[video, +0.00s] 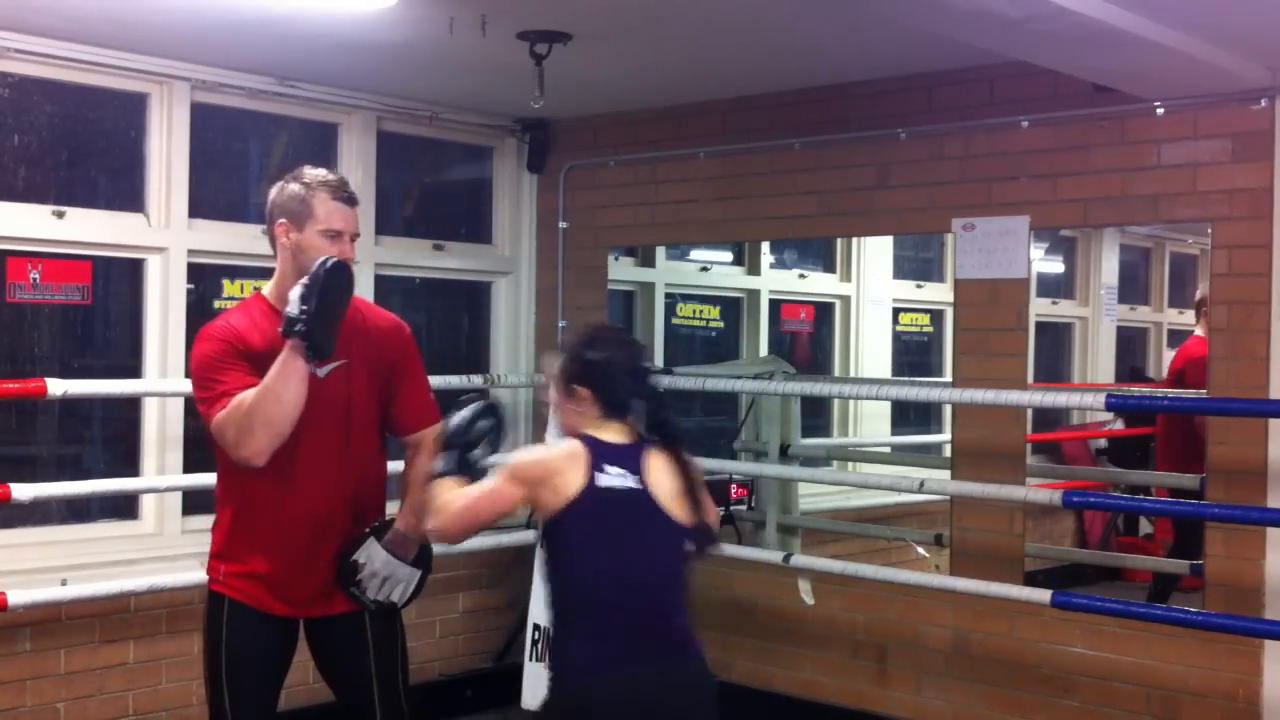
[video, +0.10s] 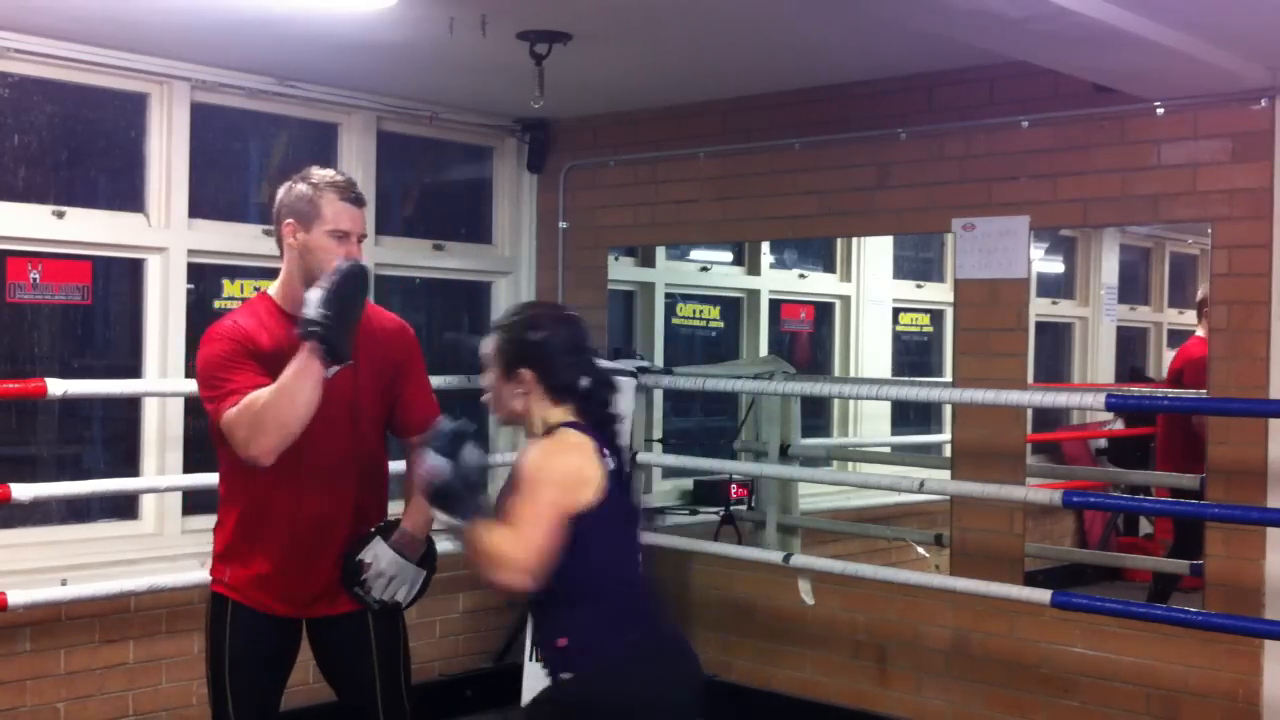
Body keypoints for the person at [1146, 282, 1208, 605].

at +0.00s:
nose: (1222, 314)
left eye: (1218, 308)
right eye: (1218, 308)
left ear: (1199, 312)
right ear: (1206, 311)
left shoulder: (1190, 349)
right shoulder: (1200, 353)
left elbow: (1178, 413)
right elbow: (1202, 417)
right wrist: (1222, 449)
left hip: (1181, 461)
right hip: (1190, 464)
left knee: (1189, 539)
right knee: (1188, 540)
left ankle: (1155, 603)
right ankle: (1154, 606)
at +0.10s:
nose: (1223, 315)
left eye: (1219, 308)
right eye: (1219, 309)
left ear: (1201, 312)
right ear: (1208, 311)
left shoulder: (1191, 349)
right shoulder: (1199, 353)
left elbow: (1186, 413)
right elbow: (1201, 417)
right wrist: (1223, 448)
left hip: (1182, 461)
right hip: (1190, 465)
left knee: (1189, 539)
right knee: (1187, 541)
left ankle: (1156, 603)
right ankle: (1154, 606)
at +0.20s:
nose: (1223, 315)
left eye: (1220, 308)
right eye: (1220, 309)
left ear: (1200, 311)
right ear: (1208, 311)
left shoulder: (1190, 348)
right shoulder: (1199, 352)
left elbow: (1186, 411)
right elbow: (1199, 415)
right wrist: (1224, 445)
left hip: (1182, 461)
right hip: (1190, 465)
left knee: (1189, 539)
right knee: (1187, 540)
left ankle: (1155, 603)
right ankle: (1154, 606)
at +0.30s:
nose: (1223, 315)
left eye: (1220, 308)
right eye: (1218, 309)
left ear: (1200, 310)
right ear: (1205, 310)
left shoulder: (1193, 345)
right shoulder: (1197, 350)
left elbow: (1190, 408)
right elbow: (1197, 412)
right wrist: (1225, 441)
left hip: (1185, 460)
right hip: (1189, 464)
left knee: (1190, 538)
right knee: (1187, 540)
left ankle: (1155, 603)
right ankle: (1154, 607)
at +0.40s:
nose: (1222, 314)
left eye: (1218, 308)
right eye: (1218, 308)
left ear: (1199, 310)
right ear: (1205, 310)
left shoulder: (1196, 346)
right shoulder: (1195, 351)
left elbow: (1185, 408)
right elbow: (1187, 410)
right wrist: (1218, 442)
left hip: (1189, 462)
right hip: (1188, 466)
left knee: (1190, 540)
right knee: (1187, 541)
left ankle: (1155, 603)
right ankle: (1153, 607)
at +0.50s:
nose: (1221, 314)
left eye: (1218, 308)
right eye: (1217, 308)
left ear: (1198, 310)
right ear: (1204, 310)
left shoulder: (1202, 348)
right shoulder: (1191, 352)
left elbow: (1178, 415)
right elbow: (1176, 415)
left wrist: (1204, 461)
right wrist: (1204, 463)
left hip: (1194, 469)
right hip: (1188, 470)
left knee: (1187, 543)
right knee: (1186, 543)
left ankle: (1154, 607)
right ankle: (1153, 609)